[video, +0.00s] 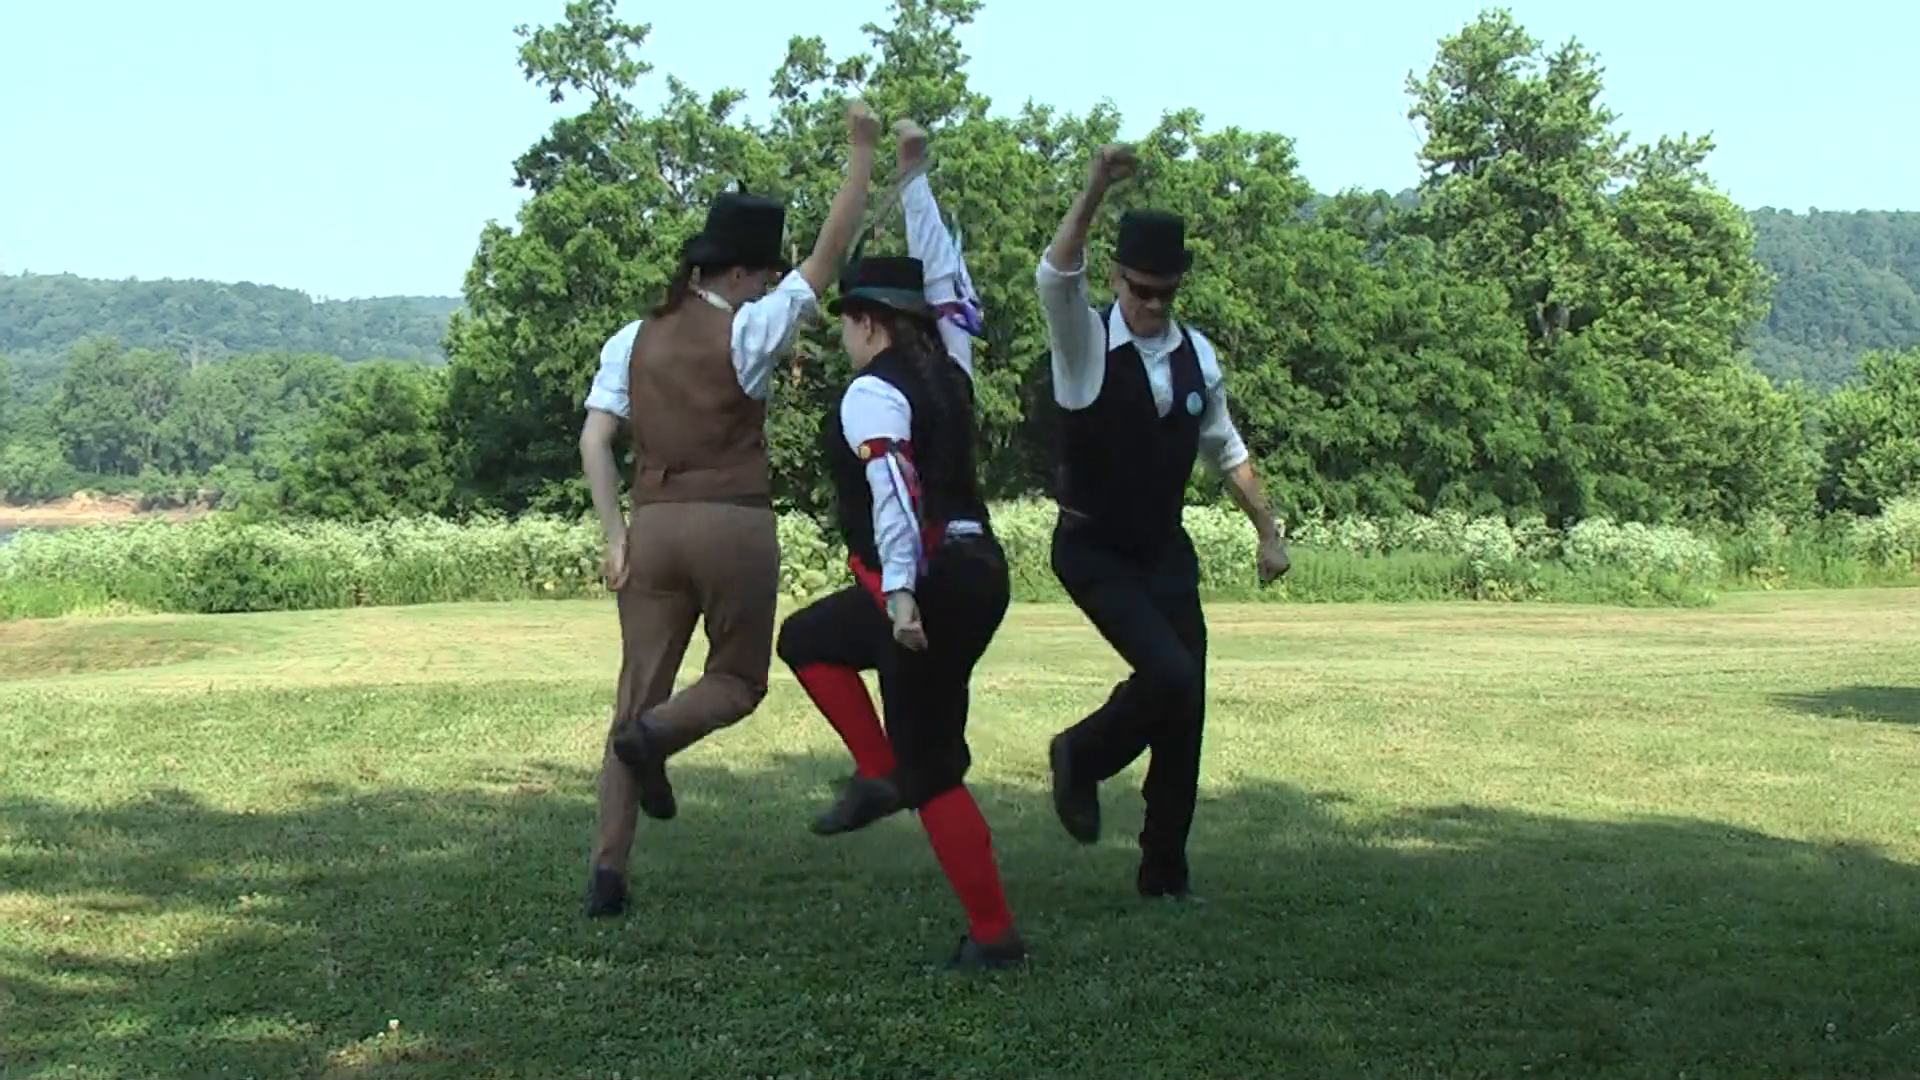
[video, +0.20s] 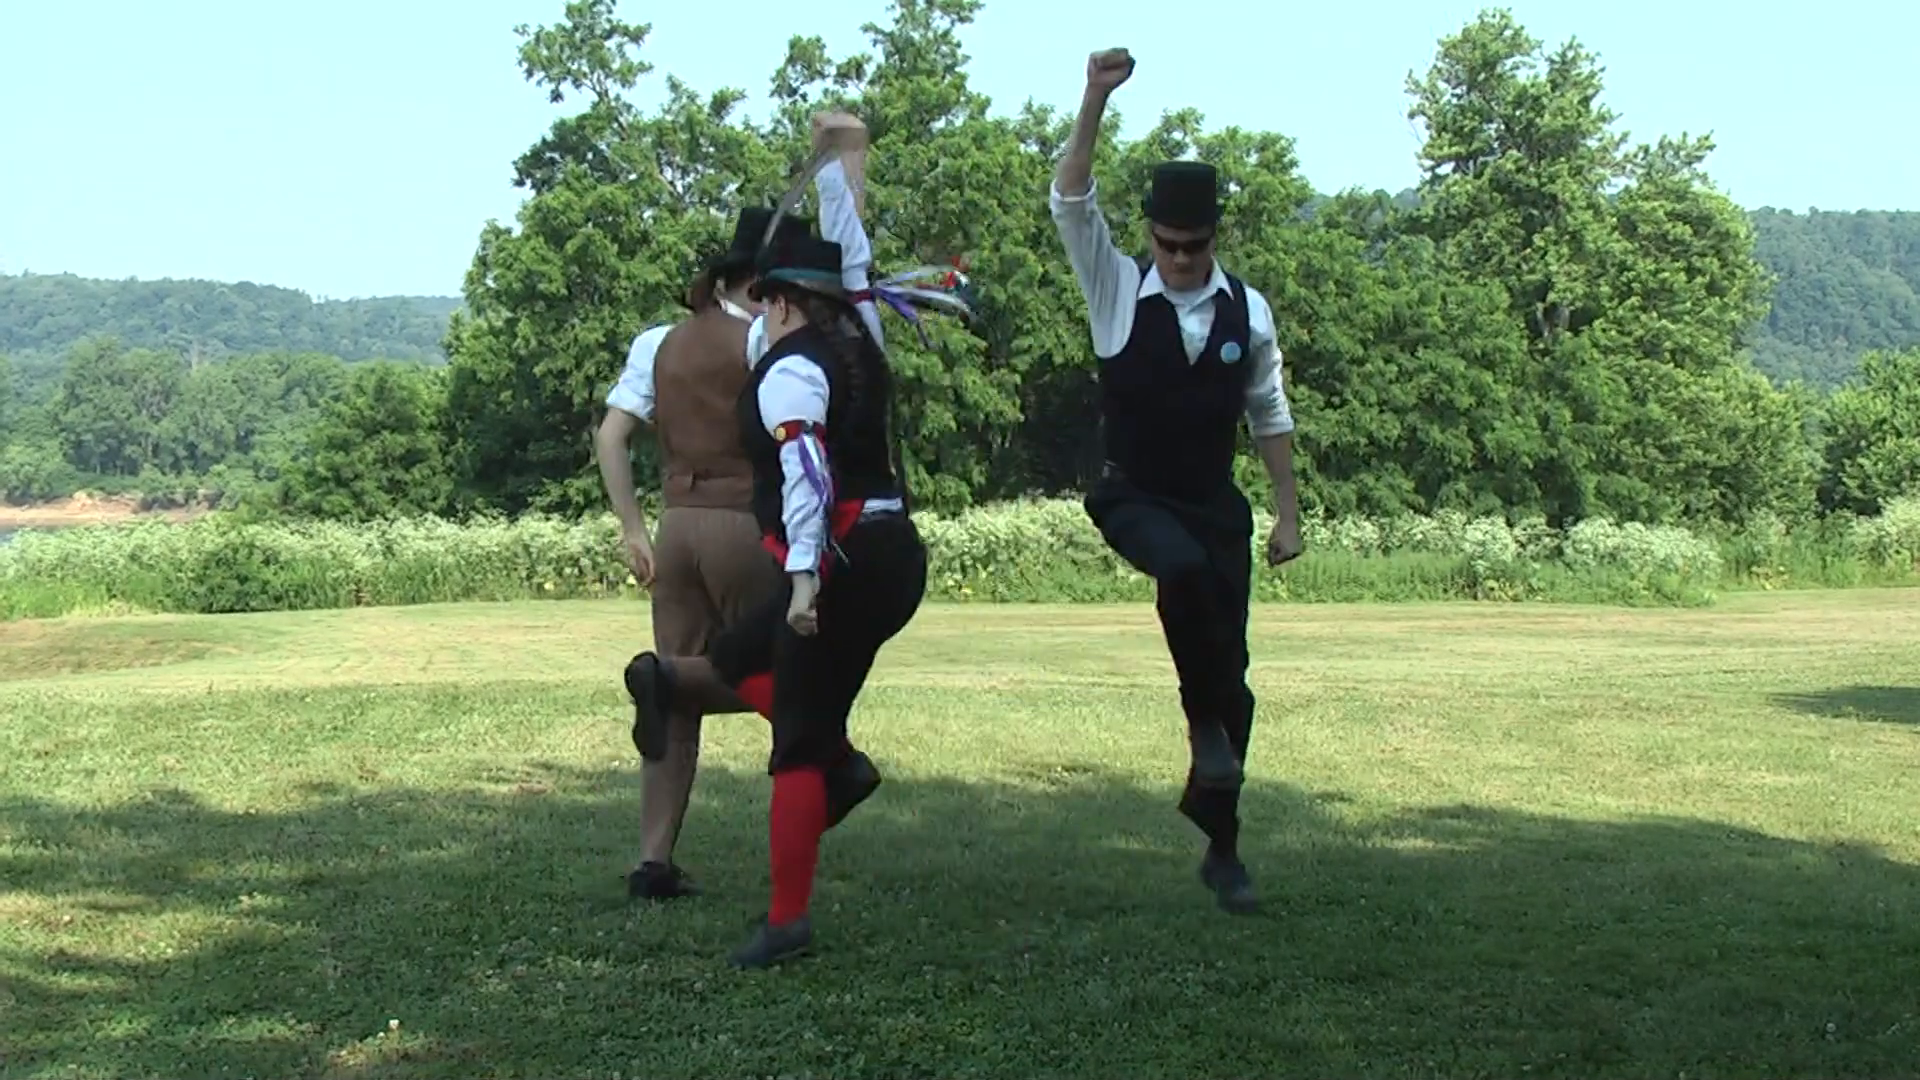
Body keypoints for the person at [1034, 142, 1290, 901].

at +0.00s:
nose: (1152, 307)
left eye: (1164, 294)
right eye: (1140, 292)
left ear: (1180, 286)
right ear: (1114, 280)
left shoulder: (1197, 356)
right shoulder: (1085, 341)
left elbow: (1224, 445)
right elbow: (1057, 276)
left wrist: (1267, 522)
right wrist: (1093, 189)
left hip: (1165, 547)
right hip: (1092, 547)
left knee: (1184, 697)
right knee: (1171, 676)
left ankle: (1164, 866)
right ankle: (1077, 757)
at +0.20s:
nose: (1181, 260)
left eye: (1194, 247)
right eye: (1169, 245)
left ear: (1216, 235)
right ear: (1148, 229)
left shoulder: (1249, 313)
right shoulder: (1114, 284)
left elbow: (1270, 415)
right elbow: (1069, 199)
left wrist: (1285, 509)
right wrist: (1093, 102)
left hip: (1212, 502)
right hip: (1131, 493)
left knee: (1228, 675)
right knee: (1186, 565)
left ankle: (1225, 853)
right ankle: (1207, 730)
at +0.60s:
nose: (1157, 300)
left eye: (1171, 286)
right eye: (1148, 288)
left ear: (1211, 275)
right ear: (1139, 282)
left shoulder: (1272, 354)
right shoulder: (1132, 335)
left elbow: (1318, 460)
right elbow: (1073, 243)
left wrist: (1333, 561)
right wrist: (1094, 140)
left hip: (1257, 571)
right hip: (1170, 568)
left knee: (1277, 743)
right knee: (1155, 676)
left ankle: (1295, 880)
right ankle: (1214, 868)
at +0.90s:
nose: (1075, 277)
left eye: (1087, 261)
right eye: (1074, 262)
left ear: (1135, 262)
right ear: (1090, 271)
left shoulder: (1202, 337)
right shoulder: (1082, 326)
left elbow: (1276, 437)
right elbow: (1015, 243)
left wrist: (1303, 555)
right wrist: (1004, 137)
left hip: (1201, 557)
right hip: (1124, 564)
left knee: (1152, 698)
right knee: (1144, 743)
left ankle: (1273, 782)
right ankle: (1199, 924)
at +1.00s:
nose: (1053, 242)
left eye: (1065, 225)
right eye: (1051, 228)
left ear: (1111, 221)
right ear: (1068, 229)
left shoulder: (1179, 296)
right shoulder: (1069, 293)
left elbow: (1256, 395)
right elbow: (1011, 207)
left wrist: (1284, 506)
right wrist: (993, 101)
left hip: (1173, 511)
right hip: (1115, 521)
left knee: (1058, 608)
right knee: (1153, 729)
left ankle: (1203, 750)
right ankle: (1200, 920)